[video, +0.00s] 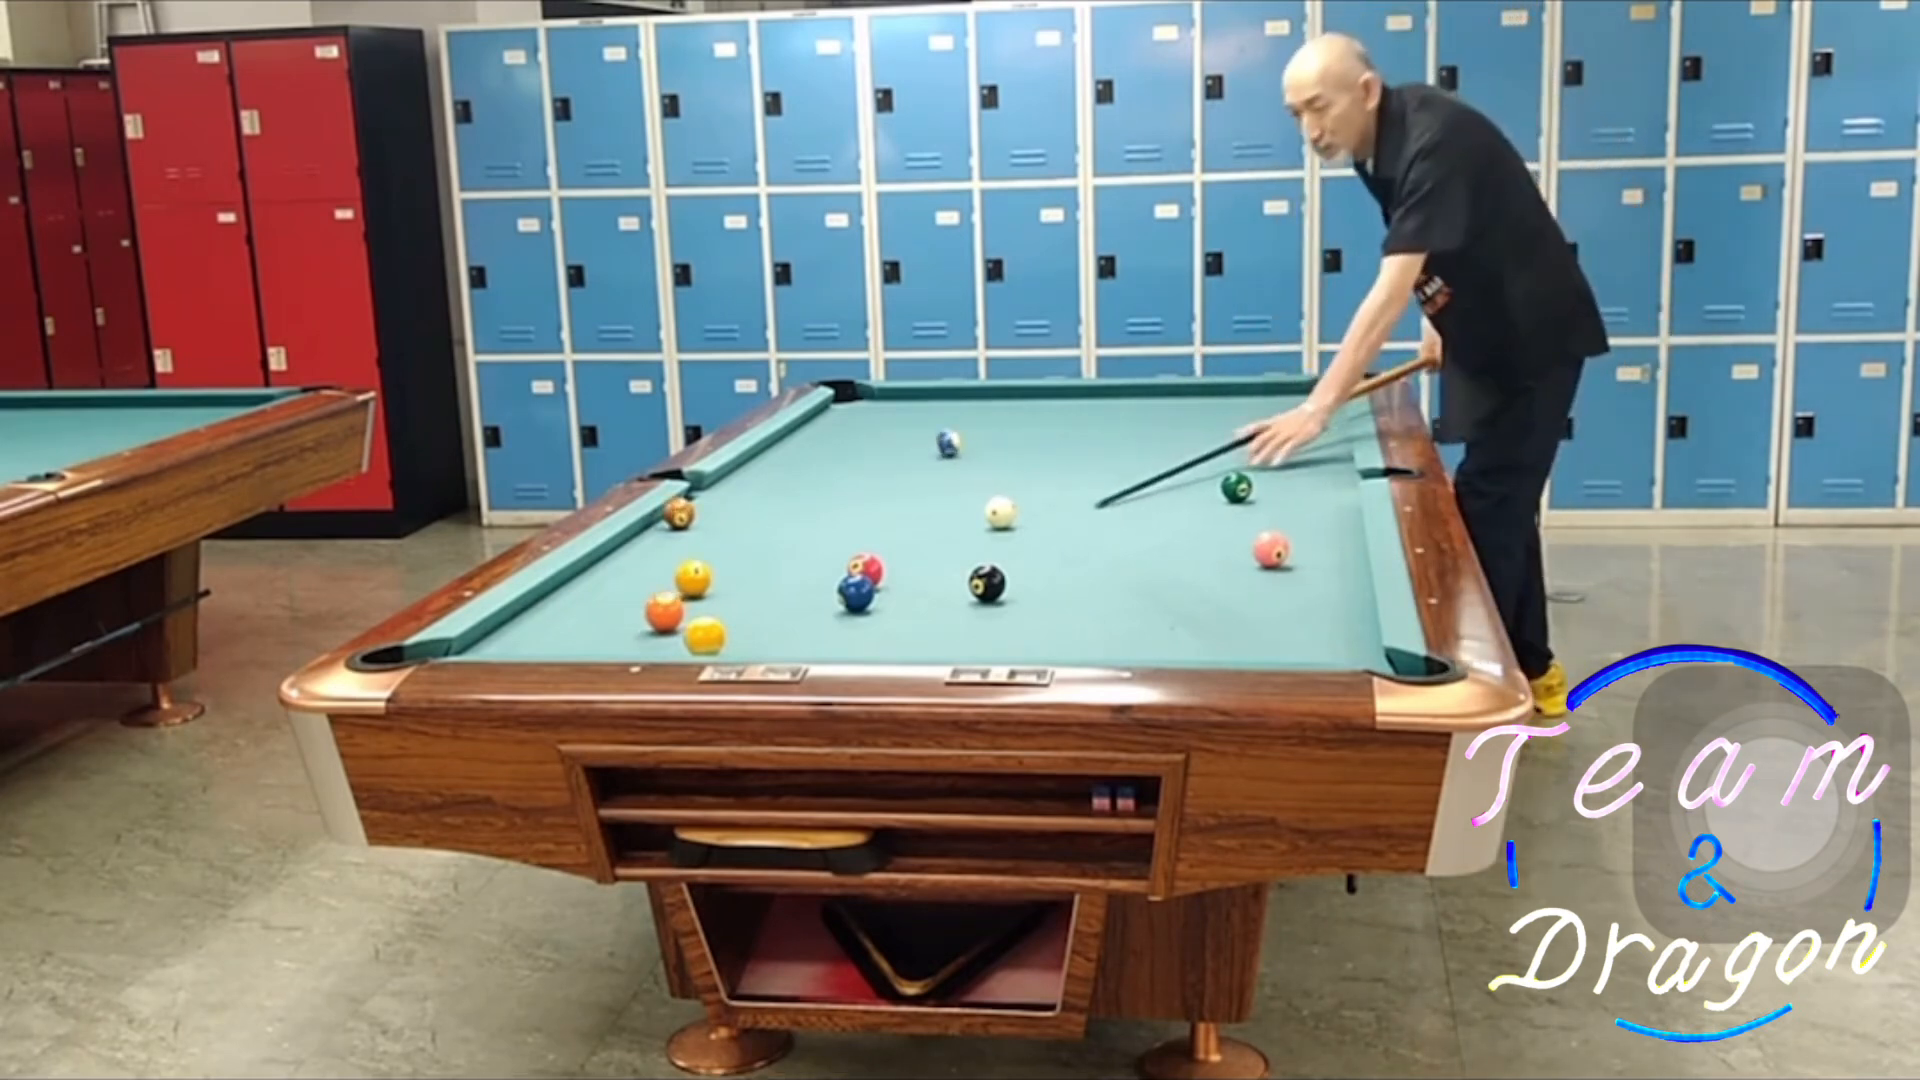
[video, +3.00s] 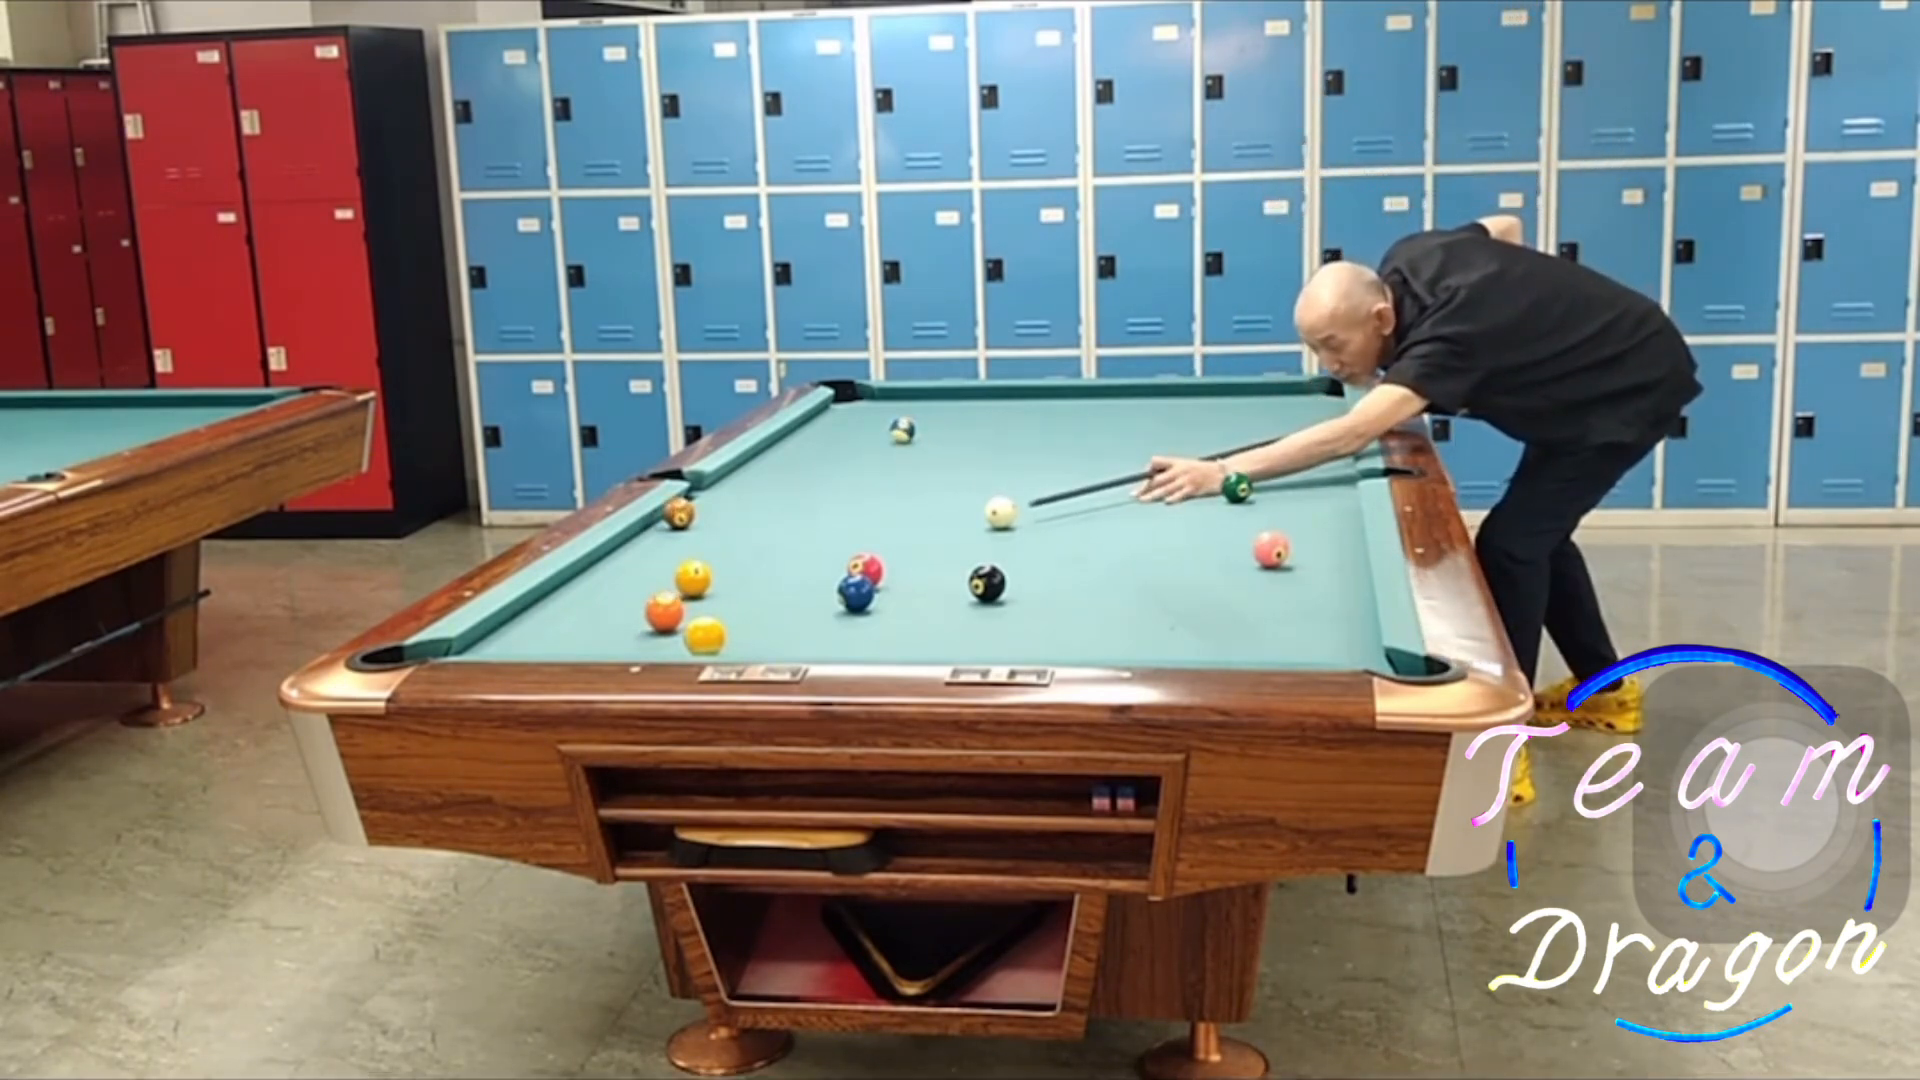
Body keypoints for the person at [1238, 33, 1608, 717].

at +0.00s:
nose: (1310, 131)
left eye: (1319, 109)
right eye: (1299, 116)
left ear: (1367, 89)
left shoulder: (1434, 141)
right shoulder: (1378, 142)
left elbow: (1393, 291)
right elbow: (1429, 235)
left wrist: (1316, 410)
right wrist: (1438, 325)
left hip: (1537, 337)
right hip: (1486, 338)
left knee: (1488, 502)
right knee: (1494, 503)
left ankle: (1525, 670)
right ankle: (1520, 666)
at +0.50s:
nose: (1301, 216)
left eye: (1307, 197)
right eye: (1293, 202)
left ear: (1357, 171)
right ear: (1354, 170)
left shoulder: (1425, 206)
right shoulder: (1395, 171)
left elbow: (1351, 356)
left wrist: (1253, 452)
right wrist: (1451, 318)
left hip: (1563, 355)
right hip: (1519, 353)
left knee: (1502, 536)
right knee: (1492, 525)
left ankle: (1521, 689)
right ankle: (1527, 668)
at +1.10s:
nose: (1317, 313)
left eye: (1325, 295)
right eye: (1309, 298)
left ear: (1378, 273)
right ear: (1372, 260)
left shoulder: (1441, 307)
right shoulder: (1413, 224)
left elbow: (1339, 406)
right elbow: (1510, 210)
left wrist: (1221, 468)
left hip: (1626, 368)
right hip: (1619, 341)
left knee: (1505, 540)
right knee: (1550, 529)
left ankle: (1509, 709)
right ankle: (1607, 692)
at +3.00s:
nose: (1324, 362)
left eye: (1331, 346)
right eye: (1317, 348)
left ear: (1380, 318)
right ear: (1370, 303)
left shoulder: (1443, 341)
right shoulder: (1411, 257)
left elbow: (1348, 433)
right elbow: (1504, 230)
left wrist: (1221, 472)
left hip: (1633, 378)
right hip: (1614, 353)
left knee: (1508, 544)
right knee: (1539, 536)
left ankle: (1510, 707)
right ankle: (1607, 693)